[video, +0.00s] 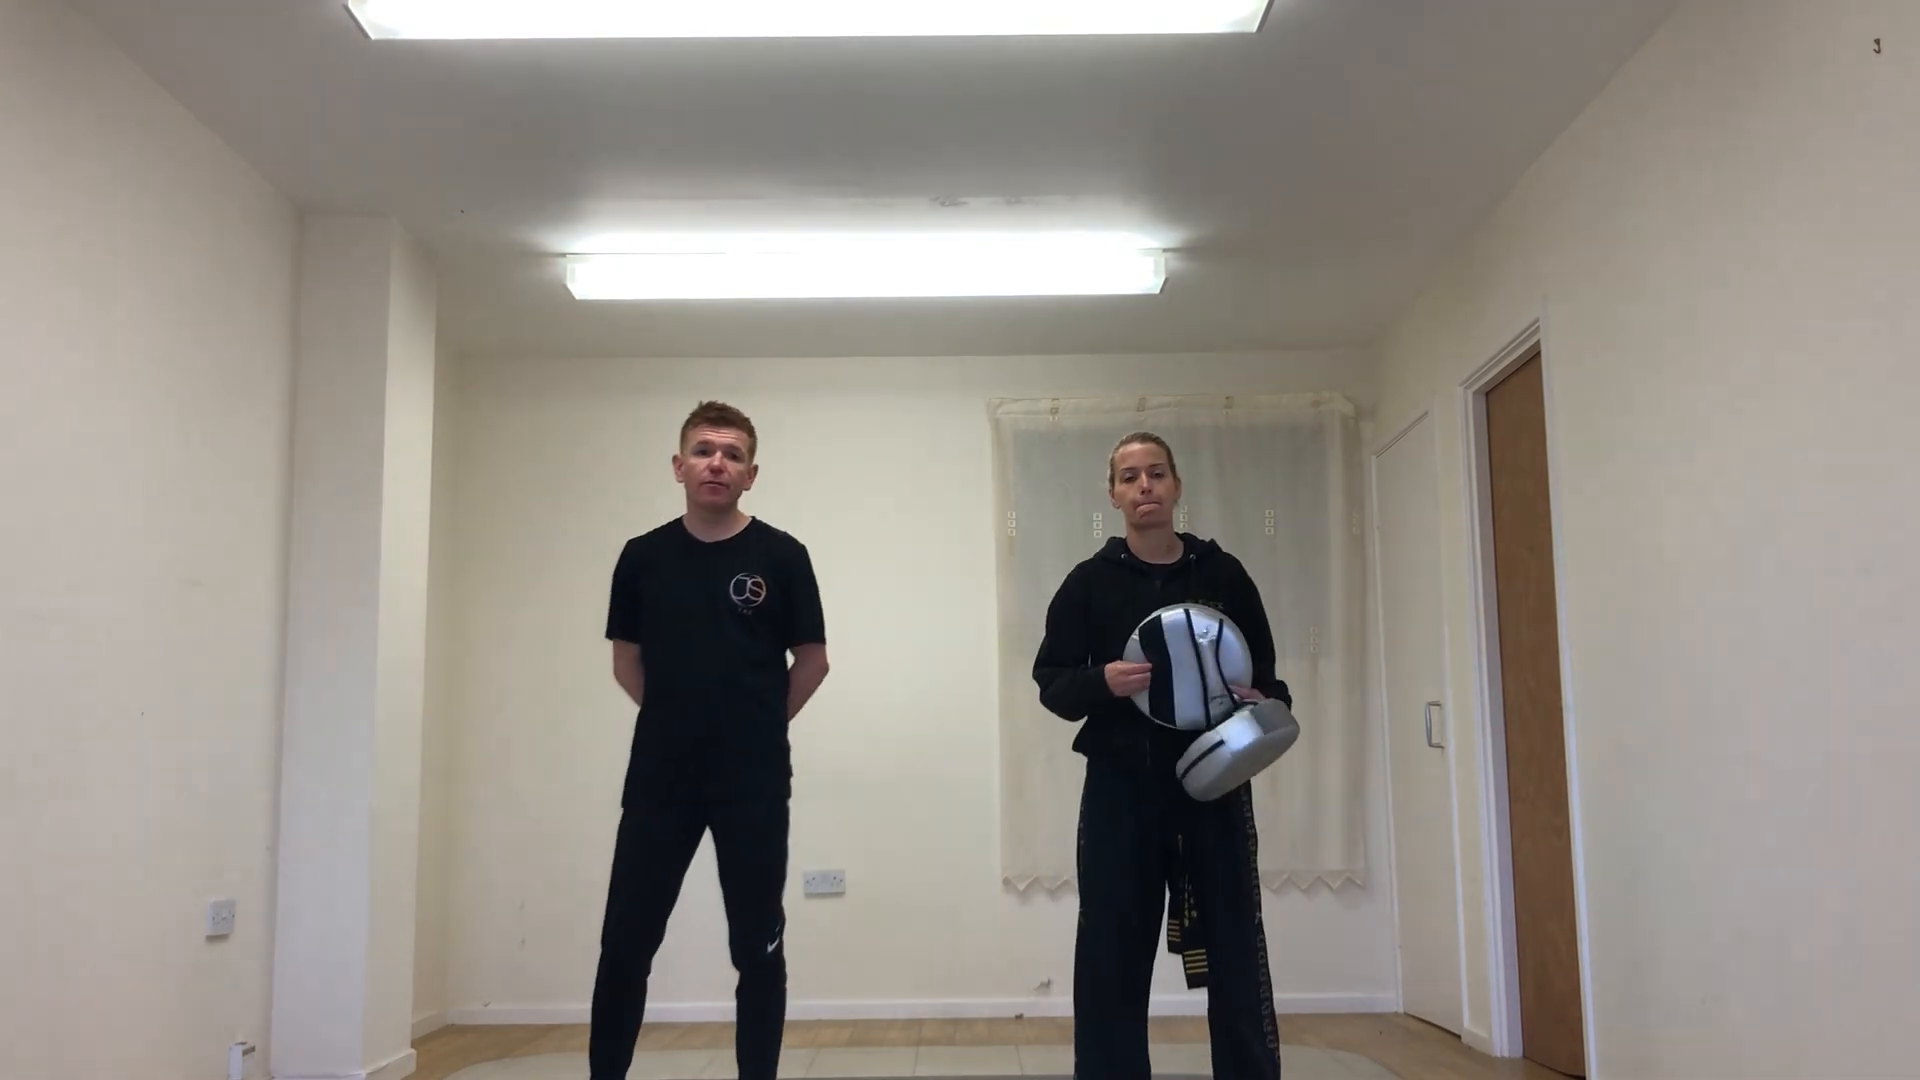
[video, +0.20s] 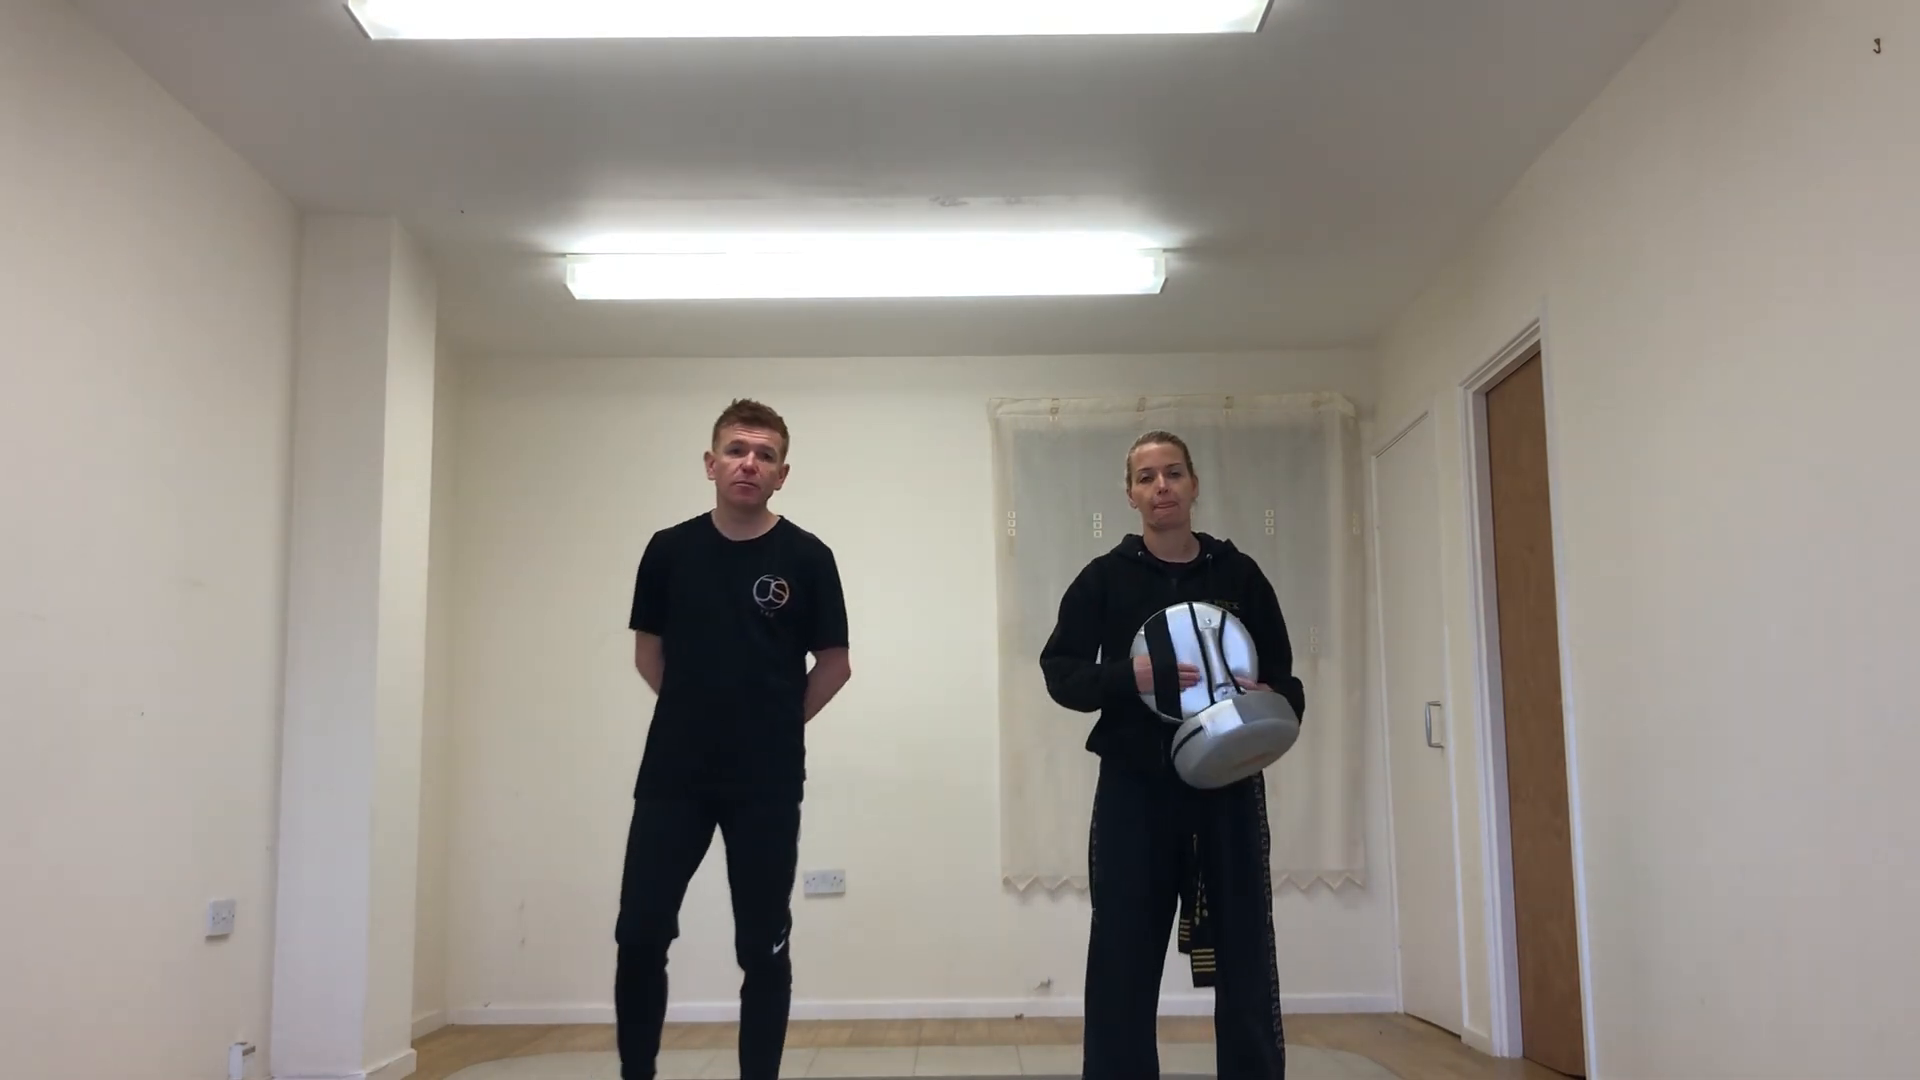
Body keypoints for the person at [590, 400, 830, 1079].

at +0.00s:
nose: (717, 463)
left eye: (733, 454)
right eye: (704, 451)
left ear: (750, 473)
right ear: (680, 466)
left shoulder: (782, 555)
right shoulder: (642, 554)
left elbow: (812, 661)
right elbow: (626, 665)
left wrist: (762, 721)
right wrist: (677, 715)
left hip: (751, 769)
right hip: (663, 767)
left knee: (759, 949)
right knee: (624, 946)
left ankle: (757, 1077)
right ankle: (605, 1076)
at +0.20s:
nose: (749, 463)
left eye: (765, 454)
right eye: (736, 450)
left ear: (782, 472)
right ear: (711, 464)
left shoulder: (808, 557)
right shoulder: (667, 549)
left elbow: (834, 663)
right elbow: (648, 654)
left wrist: (778, 719)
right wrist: (697, 710)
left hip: (765, 770)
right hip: (676, 764)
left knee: (763, 945)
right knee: (639, 933)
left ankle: (759, 1076)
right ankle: (636, 1075)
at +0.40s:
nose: (768, 464)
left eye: (784, 456)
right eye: (756, 450)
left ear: (799, 474)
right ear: (728, 461)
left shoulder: (819, 562)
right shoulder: (678, 544)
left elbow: (839, 670)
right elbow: (649, 649)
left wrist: (779, 720)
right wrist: (698, 709)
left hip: (769, 775)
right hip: (682, 769)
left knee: (765, 951)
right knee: (661, 945)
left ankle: (760, 1076)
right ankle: (663, 1076)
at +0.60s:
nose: (770, 466)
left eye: (786, 457)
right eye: (758, 451)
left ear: (802, 477)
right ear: (731, 461)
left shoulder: (820, 563)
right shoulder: (681, 544)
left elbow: (840, 673)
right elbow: (650, 651)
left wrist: (778, 723)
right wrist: (701, 707)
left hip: (766, 774)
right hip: (676, 764)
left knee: (764, 949)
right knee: (630, 933)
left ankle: (759, 1077)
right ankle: (619, 1074)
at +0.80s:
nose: (757, 465)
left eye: (773, 456)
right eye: (744, 451)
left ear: (787, 476)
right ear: (717, 462)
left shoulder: (806, 564)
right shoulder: (665, 546)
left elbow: (825, 673)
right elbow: (634, 655)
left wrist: (763, 725)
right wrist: (686, 711)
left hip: (755, 770)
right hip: (665, 761)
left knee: (759, 950)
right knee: (613, 939)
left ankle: (757, 1077)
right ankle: (579, 1075)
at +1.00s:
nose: (718, 467)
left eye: (734, 459)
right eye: (706, 453)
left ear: (749, 479)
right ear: (678, 464)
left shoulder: (770, 566)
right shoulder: (628, 550)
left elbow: (792, 674)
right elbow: (599, 657)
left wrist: (732, 725)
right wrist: (648, 713)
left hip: (723, 775)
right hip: (632, 769)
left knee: (740, 950)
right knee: (597, 945)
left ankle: (751, 1076)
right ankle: (576, 1075)